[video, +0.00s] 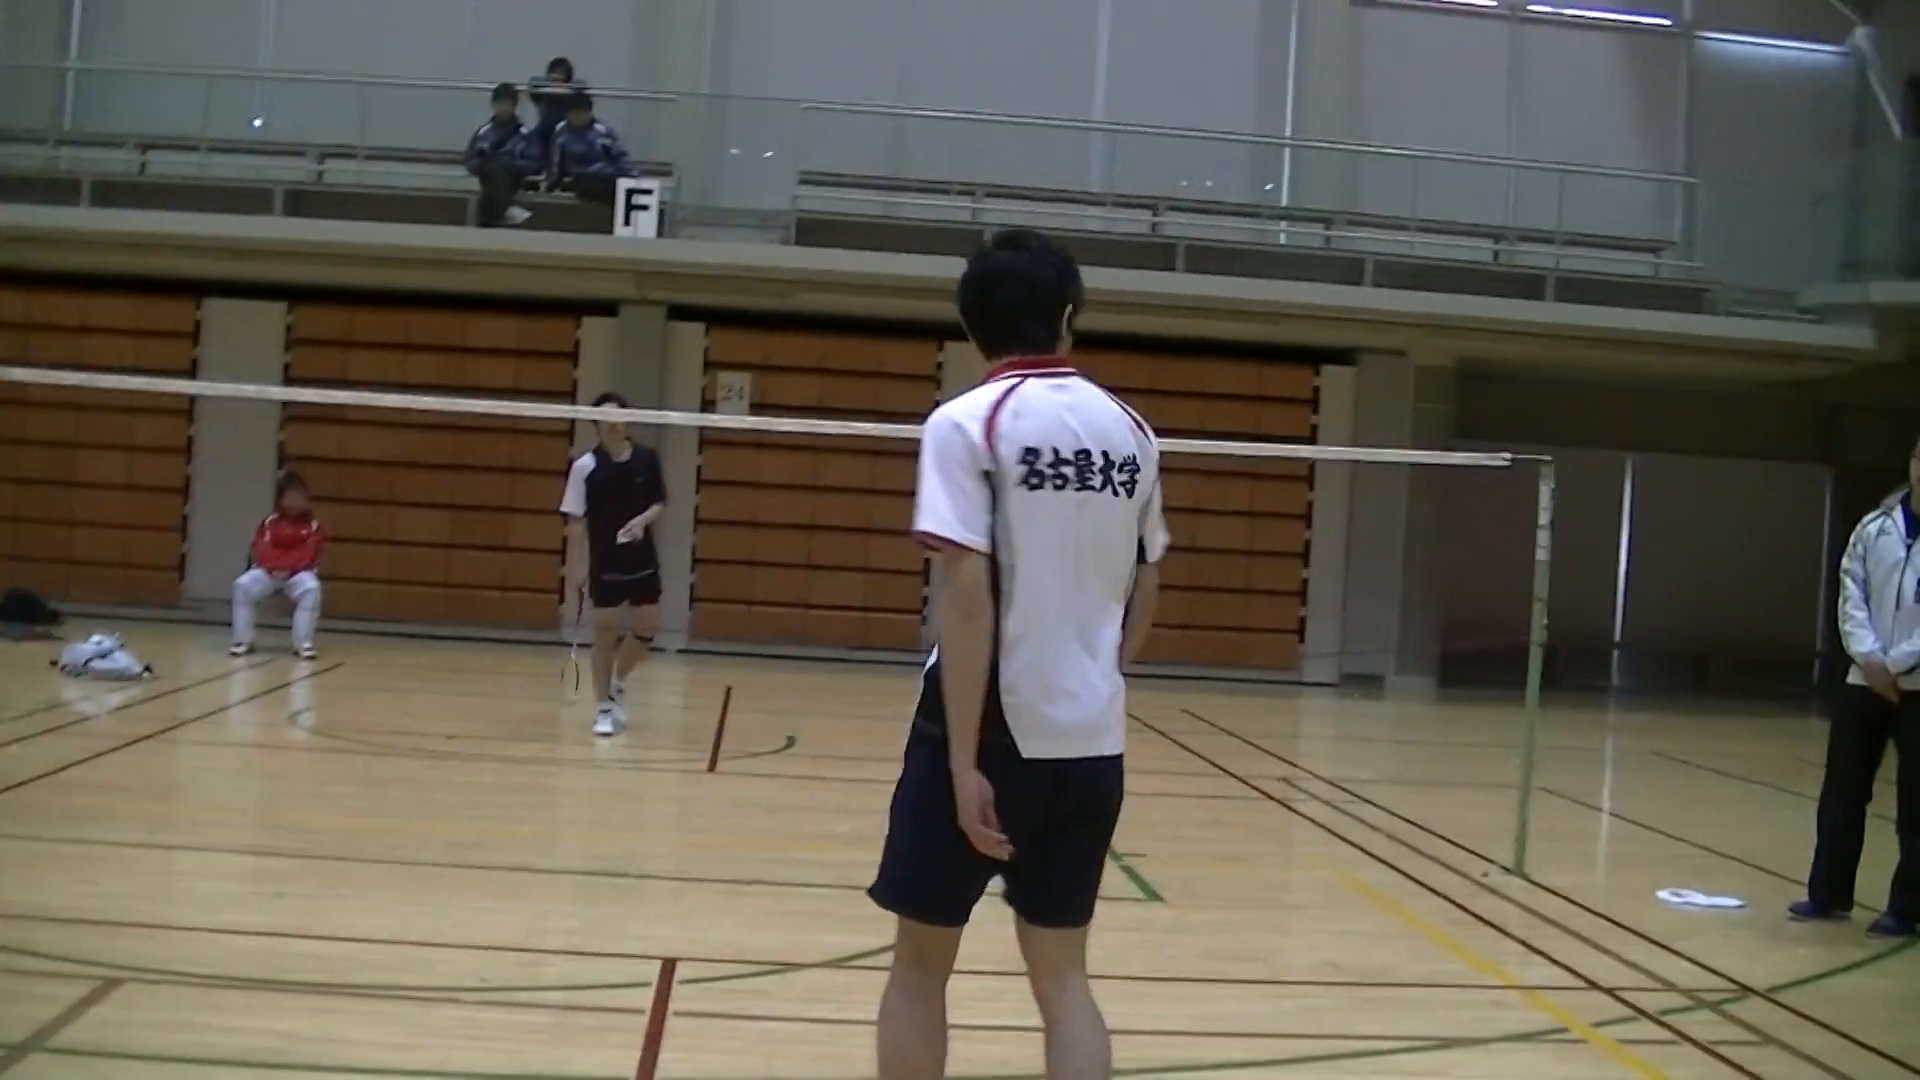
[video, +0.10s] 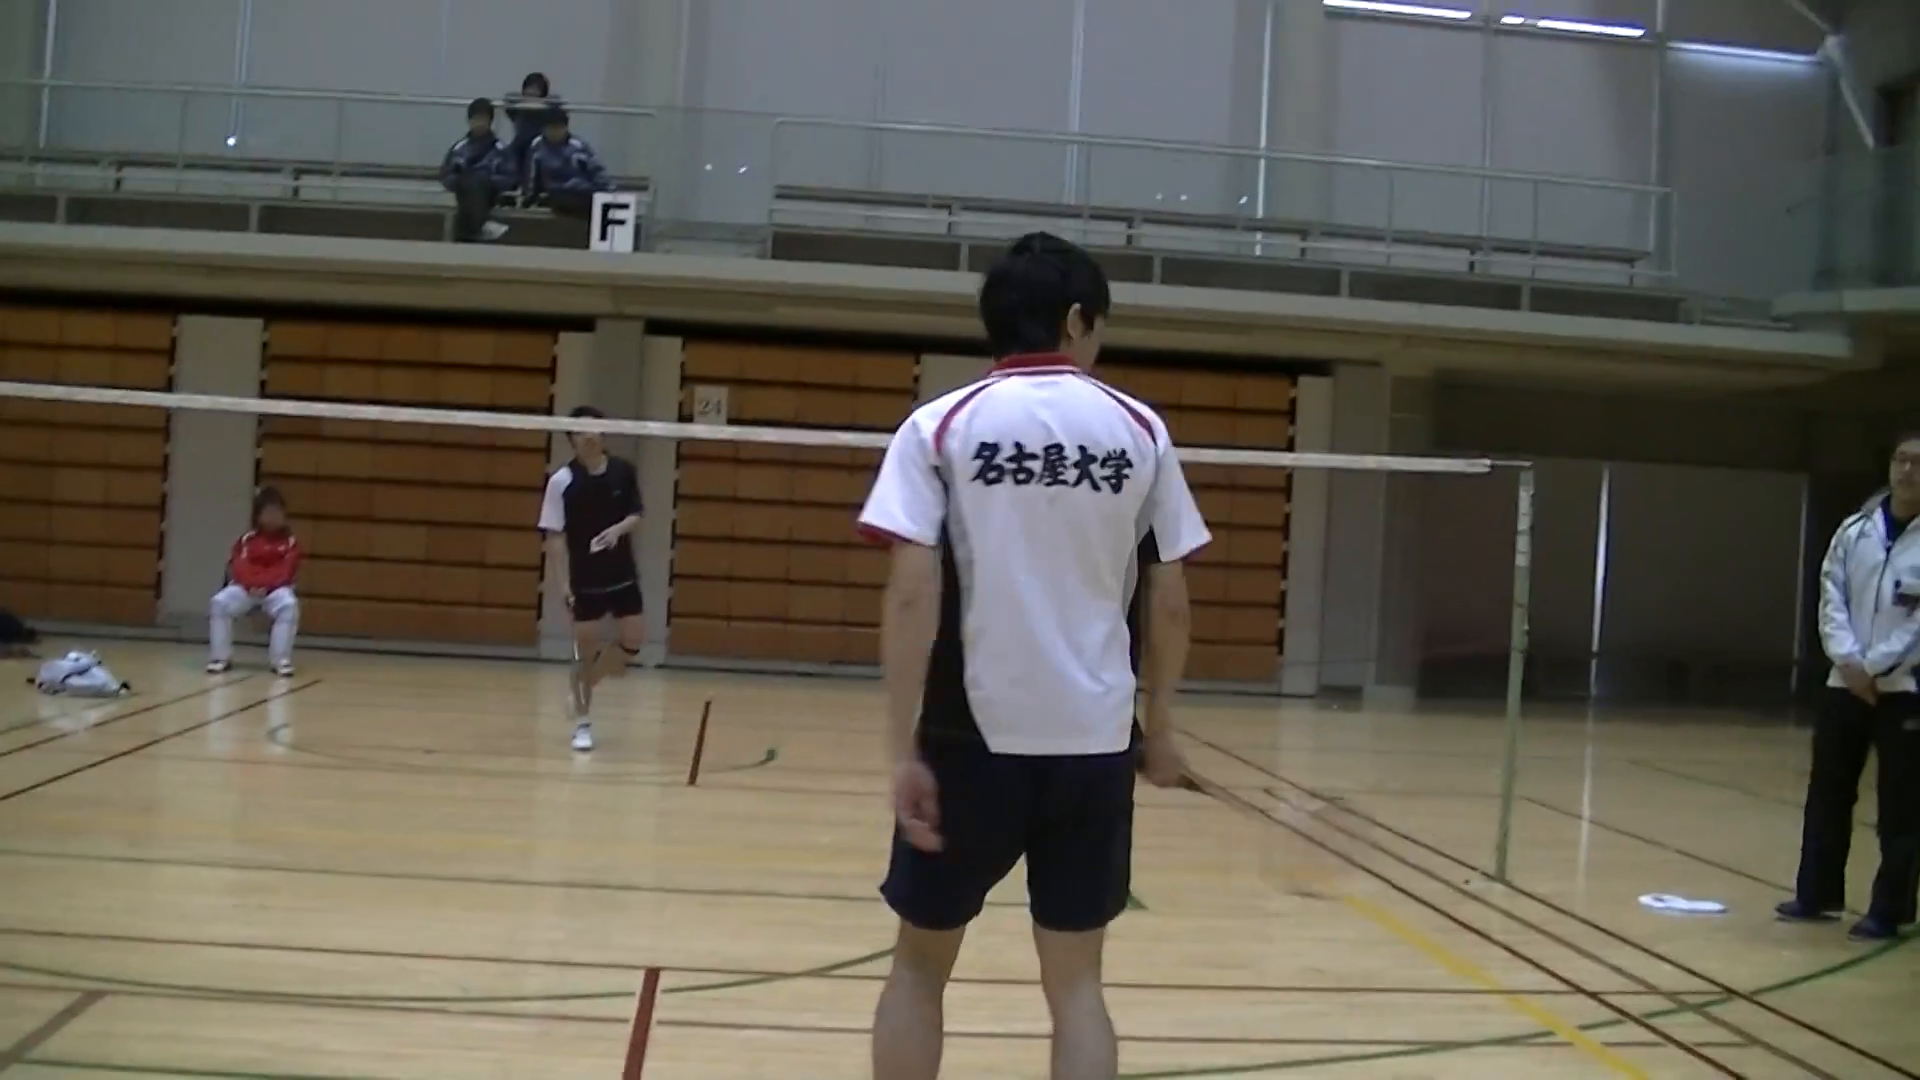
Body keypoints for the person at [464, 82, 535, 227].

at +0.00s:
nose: (503, 109)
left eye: (507, 104)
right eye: (499, 104)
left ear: (514, 105)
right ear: (493, 105)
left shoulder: (526, 134)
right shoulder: (483, 133)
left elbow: (534, 165)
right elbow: (470, 161)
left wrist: (507, 165)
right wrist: (490, 166)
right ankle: (507, 208)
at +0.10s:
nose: (479, 124)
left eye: (483, 120)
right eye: (475, 119)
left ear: (490, 121)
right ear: (469, 121)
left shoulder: (502, 149)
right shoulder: (458, 148)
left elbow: (511, 180)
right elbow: (446, 176)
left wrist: (485, 180)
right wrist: (465, 182)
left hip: (491, 196)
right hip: (463, 195)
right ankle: (482, 224)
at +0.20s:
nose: (458, 132)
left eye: (462, 127)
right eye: (454, 127)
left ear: (468, 128)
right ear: (448, 128)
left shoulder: (481, 157)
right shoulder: (437, 157)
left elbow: (490, 187)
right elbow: (425, 184)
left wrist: (465, 188)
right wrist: (441, 191)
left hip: (470, 202)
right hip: (442, 201)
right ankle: (460, 232)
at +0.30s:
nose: (431, 119)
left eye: (435, 114)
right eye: (427, 113)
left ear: (443, 115)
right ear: (421, 115)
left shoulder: (455, 143)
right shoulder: (411, 142)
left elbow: (464, 173)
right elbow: (399, 170)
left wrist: (439, 175)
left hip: (444, 191)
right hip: (416, 190)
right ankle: (435, 221)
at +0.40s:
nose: (411, 101)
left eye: (415, 96)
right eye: (407, 96)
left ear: (422, 97)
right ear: (401, 97)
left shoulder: (436, 126)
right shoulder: (391, 125)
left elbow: (445, 155)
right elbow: (379, 152)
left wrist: (419, 156)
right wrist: (395, 161)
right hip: (398, 177)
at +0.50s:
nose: (395, 75)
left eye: (399, 70)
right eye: (391, 70)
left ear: (407, 72)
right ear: (385, 72)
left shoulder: (419, 100)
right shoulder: (376, 101)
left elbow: (429, 128)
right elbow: (366, 128)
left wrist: (407, 132)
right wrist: (381, 138)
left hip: (412, 147)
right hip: (384, 148)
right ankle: (403, 177)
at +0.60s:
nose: (396, 53)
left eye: (400, 48)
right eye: (392, 48)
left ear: (408, 49)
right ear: (387, 50)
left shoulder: (422, 77)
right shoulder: (378, 79)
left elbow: (433, 106)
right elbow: (368, 108)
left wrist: (408, 109)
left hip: (414, 122)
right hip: (386, 124)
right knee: (395, 111)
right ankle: (407, 153)